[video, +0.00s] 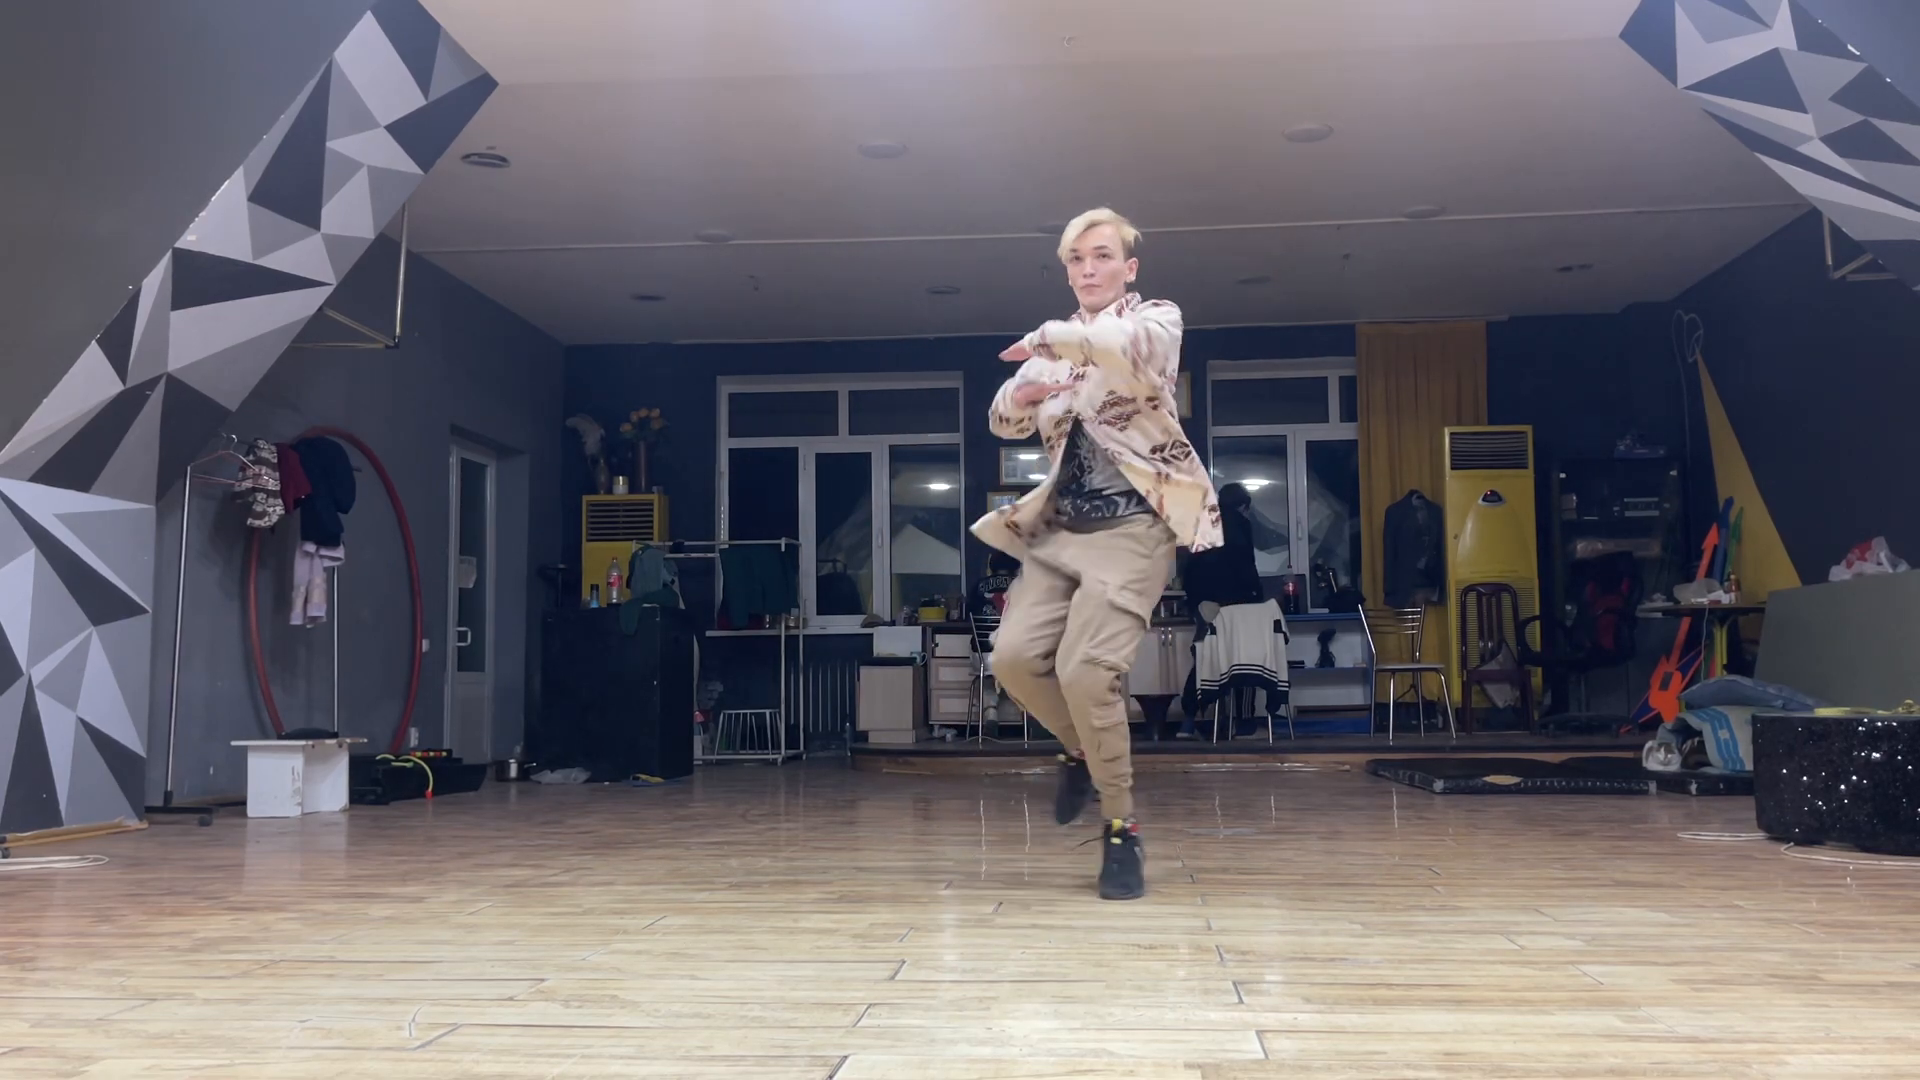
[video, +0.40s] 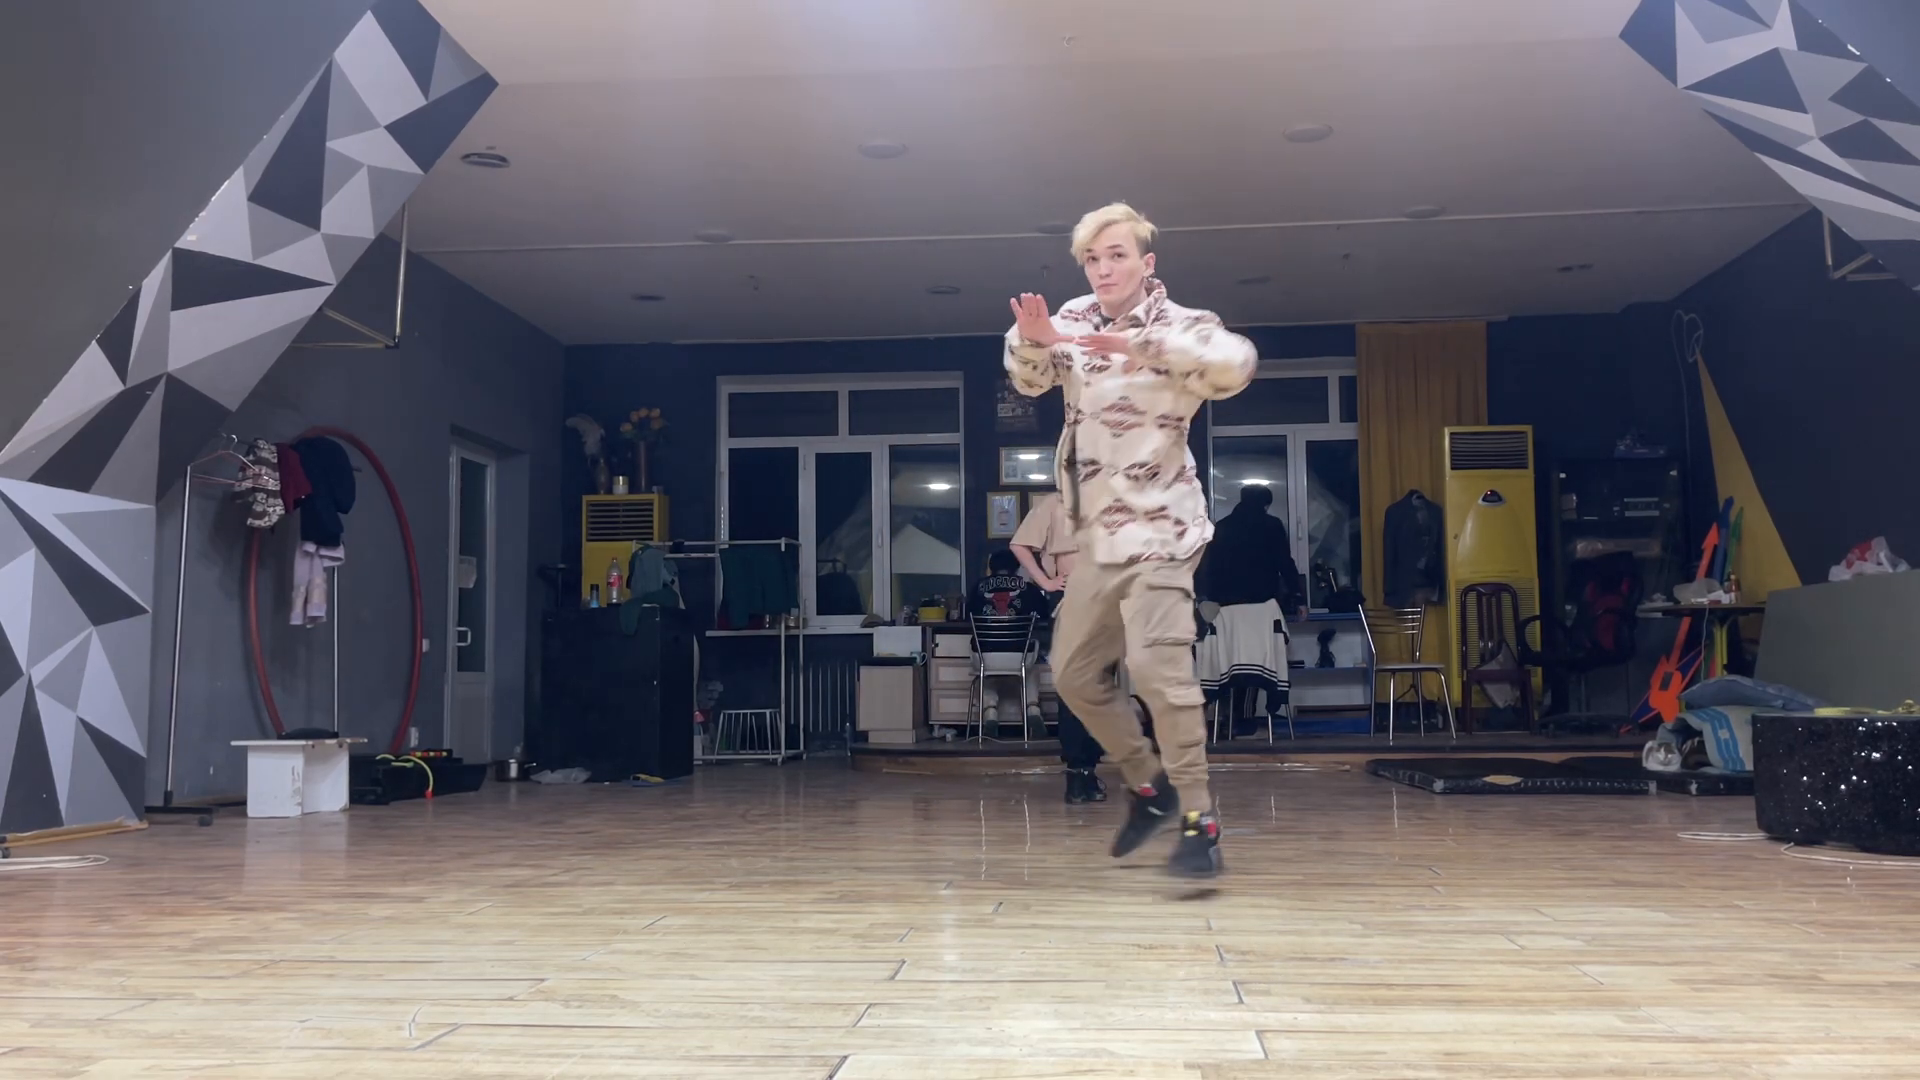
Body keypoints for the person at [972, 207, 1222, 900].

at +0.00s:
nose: (1088, 267)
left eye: (1102, 255)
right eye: (1077, 258)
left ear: (1130, 265)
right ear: (1067, 269)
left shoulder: (1156, 317)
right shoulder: (1054, 341)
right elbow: (1005, 420)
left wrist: (1057, 336)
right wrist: (1023, 394)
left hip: (1133, 529)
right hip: (1059, 526)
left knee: (1085, 672)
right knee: (1013, 658)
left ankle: (1120, 832)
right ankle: (1083, 749)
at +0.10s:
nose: (1085, 294)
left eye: (1099, 281)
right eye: (1075, 287)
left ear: (1131, 286)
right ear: (1066, 297)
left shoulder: (1144, 326)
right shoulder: (1083, 355)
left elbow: (1068, 312)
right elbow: (1062, 422)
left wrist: (1057, 315)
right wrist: (1049, 390)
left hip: (1136, 535)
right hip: (1101, 540)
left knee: (1065, 699)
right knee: (1069, 696)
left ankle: (1173, 847)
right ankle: (1142, 823)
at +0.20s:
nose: (1076, 316)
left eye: (1091, 303)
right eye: (1071, 306)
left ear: (1127, 313)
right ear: (1068, 310)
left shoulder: (1113, 358)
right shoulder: (1148, 364)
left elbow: (1039, 350)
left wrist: (1046, 375)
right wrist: (1064, 388)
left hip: (1137, 567)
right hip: (1174, 567)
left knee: (1067, 716)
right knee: (1140, 726)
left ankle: (1166, 846)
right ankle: (1197, 841)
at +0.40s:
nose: (1103, 267)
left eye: (1117, 254)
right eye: (1093, 258)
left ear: (1147, 262)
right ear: (1083, 269)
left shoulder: (1181, 325)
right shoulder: (1073, 325)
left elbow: (1236, 362)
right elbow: (1028, 378)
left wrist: (1140, 347)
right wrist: (1032, 342)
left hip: (1160, 527)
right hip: (1092, 534)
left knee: (1156, 663)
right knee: (1076, 674)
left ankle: (1200, 824)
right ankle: (1150, 791)